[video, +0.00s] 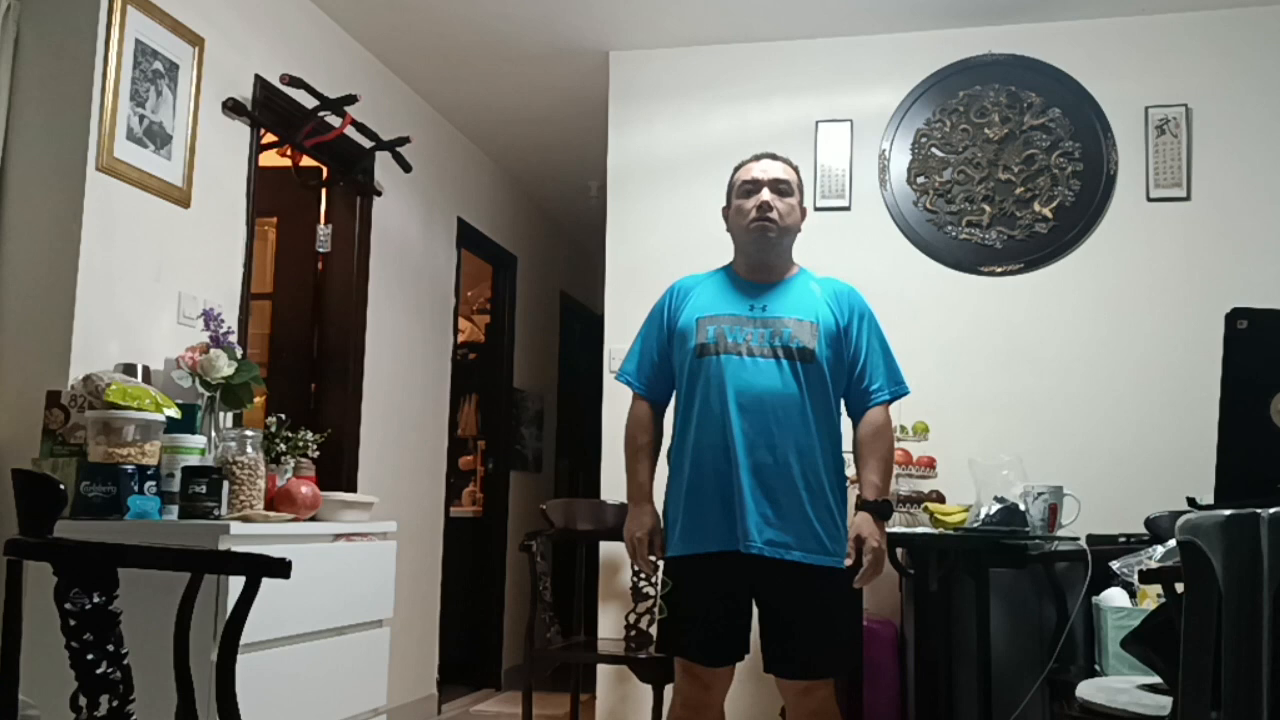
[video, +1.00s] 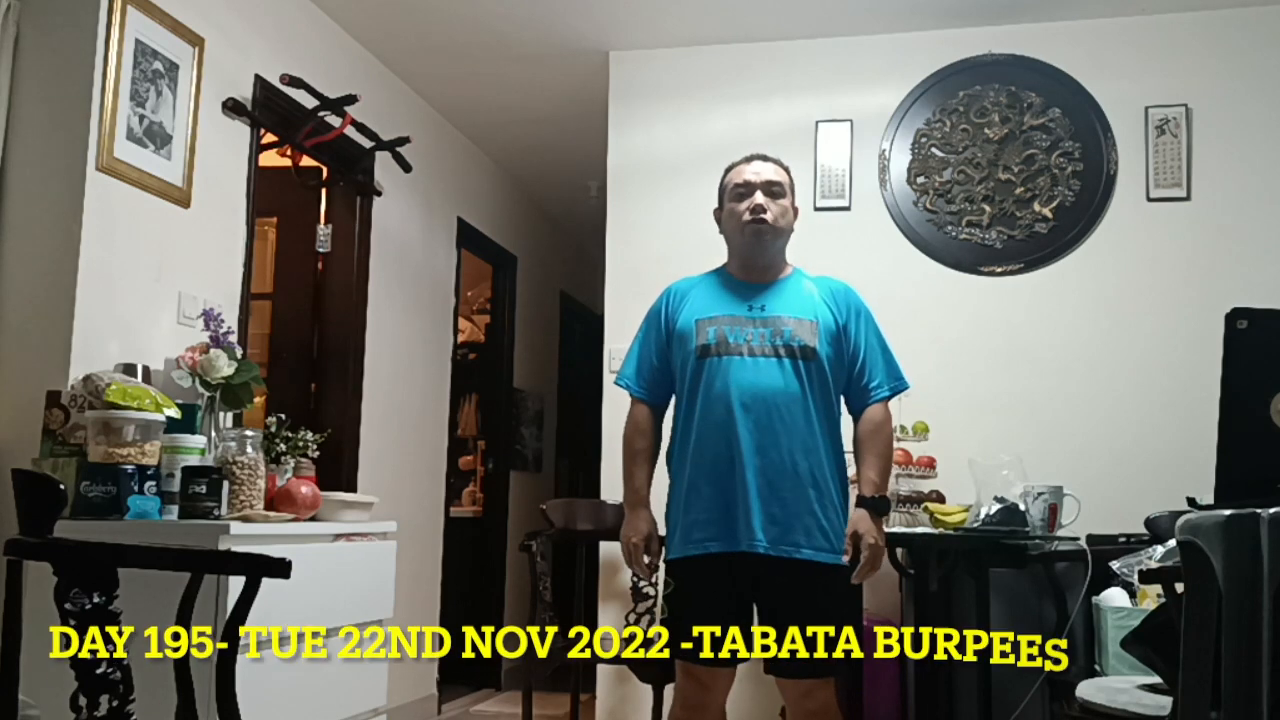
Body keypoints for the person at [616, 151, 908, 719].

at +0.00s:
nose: (764, 198)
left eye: (781, 190)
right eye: (748, 189)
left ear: (802, 215)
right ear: (727, 215)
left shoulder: (840, 303)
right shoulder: (684, 298)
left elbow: (874, 409)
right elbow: (645, 404)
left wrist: (872, 509)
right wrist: (640, 502)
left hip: (808, 537)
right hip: (702, 531)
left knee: (811, 693)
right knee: (699, 685)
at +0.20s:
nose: (755, 199)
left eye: (771, 191)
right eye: (739, 192)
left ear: (792, 215)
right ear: (718, 217)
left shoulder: (830, 302)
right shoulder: (676, 299)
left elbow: (866, 408)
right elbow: (636, 404)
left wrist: (857, 507)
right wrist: (620, 500)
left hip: (800, 541)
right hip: (694, 535)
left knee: (805, 695)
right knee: (693, 686)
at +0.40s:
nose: (756, 199)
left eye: (772, 191)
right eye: (739, 192)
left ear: (792, 217)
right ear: (718, 216)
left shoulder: (834, 300)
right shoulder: (678, 300)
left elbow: (873, 404)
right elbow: (642, 407)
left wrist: (866, 504)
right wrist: (633, 506)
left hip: (806, 539)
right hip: (699, 535)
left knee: (810, 696)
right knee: (696, 686)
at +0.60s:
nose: (758, 200)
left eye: (774, 191)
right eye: (742, 193)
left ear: (795, 216)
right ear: (720, 217)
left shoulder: (838, 300)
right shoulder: (681, 301)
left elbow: (878, 403)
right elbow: (647, 410)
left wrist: (875, 502)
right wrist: (644, 508)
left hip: (812, 536)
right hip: (705, 532)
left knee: (813, 695)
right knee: (700, 686)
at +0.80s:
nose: (759, 201)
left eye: (775, 192)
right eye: (743, 193)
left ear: (795, 216)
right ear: (720, 217)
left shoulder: (838, 301)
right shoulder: (681, 301)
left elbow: (876, 405)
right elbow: (645, 408)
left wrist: (872, 504)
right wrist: (639, 507)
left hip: (814, 540)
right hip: (706, 537)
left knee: (816, 697)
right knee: (700, 686)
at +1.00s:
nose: (758, 199)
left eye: (774, 191)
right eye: (742, 192)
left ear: (794, 216)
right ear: (720, 218)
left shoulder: (836, 301)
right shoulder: (681, 300)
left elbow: (874, 407)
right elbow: (644, 408)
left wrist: (869, 507)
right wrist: (637, 508)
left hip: (811, 540)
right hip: (704, 536)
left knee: (814, 700)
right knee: (698, 692)